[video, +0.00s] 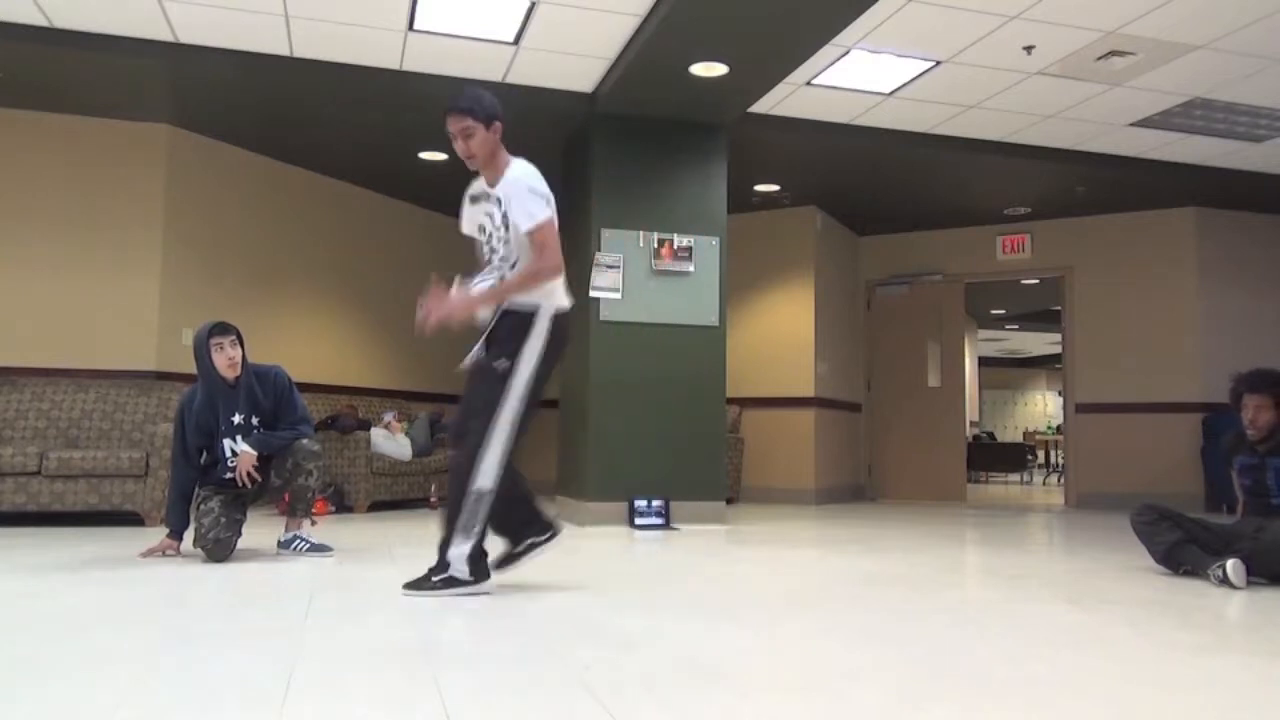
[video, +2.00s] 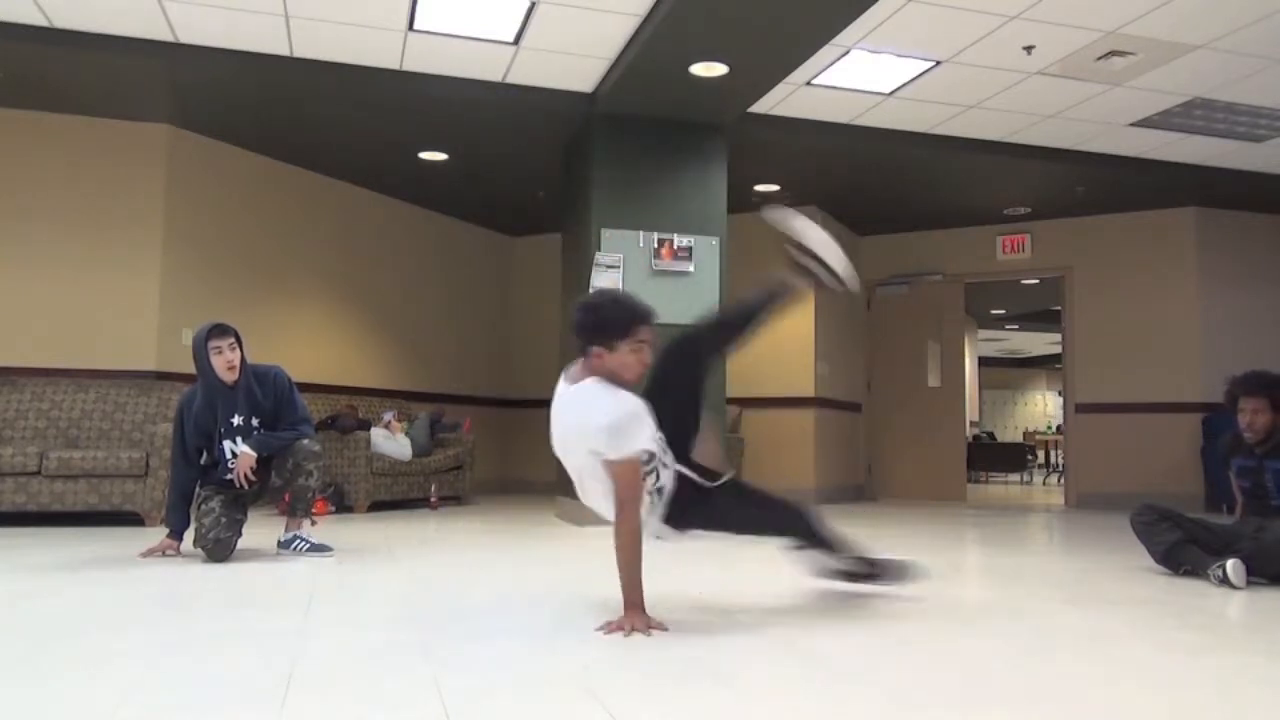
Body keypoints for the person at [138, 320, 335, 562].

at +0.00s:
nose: (231, 354)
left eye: (234, 345)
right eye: (219, 349)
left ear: (242, 349)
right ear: (205, 358)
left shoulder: (272, 380)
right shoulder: (194, 403)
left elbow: (303, 429)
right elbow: (184, 470)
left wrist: (255, 444)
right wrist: (174, 535)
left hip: (266, 477)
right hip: (220, 488)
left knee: (307, 449)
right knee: (215, 549)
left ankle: (292, 535)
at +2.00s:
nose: (229, 357)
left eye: (233, 348)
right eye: (218, 352)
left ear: (241, 350)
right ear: (204, 361)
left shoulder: (272, 381)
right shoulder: (193, 404)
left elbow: (304, 430)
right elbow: (184, 471)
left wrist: (255, 446)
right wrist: (174, 535)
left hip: (267, 476)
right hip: (220, 488)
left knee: (308, 450)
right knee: (215, 549)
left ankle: (292, 534)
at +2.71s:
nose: (229, 357)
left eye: (232, 348)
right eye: (218, 352)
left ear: (241, 350)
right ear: (204, 360)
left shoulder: (272, 381)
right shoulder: (193, 404)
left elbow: (304, 430)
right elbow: (184, 471)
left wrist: (255, 446)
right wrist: (174, 535)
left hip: (266, 476)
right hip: (220, 488)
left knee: (307, 450)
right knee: (216, 549)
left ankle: (292, 534)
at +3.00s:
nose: (229, 357)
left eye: (232, 348)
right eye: (218, 352)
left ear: (241, 350)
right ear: (204, 360)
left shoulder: (272, 381)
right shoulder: (193, 404)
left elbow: (304, 430)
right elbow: (184, 471)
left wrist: (255, 446)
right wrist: (174, 535)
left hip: (266, 476)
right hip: (220, 488)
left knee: (306, 450)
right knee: (215, 549)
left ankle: (292, 534)